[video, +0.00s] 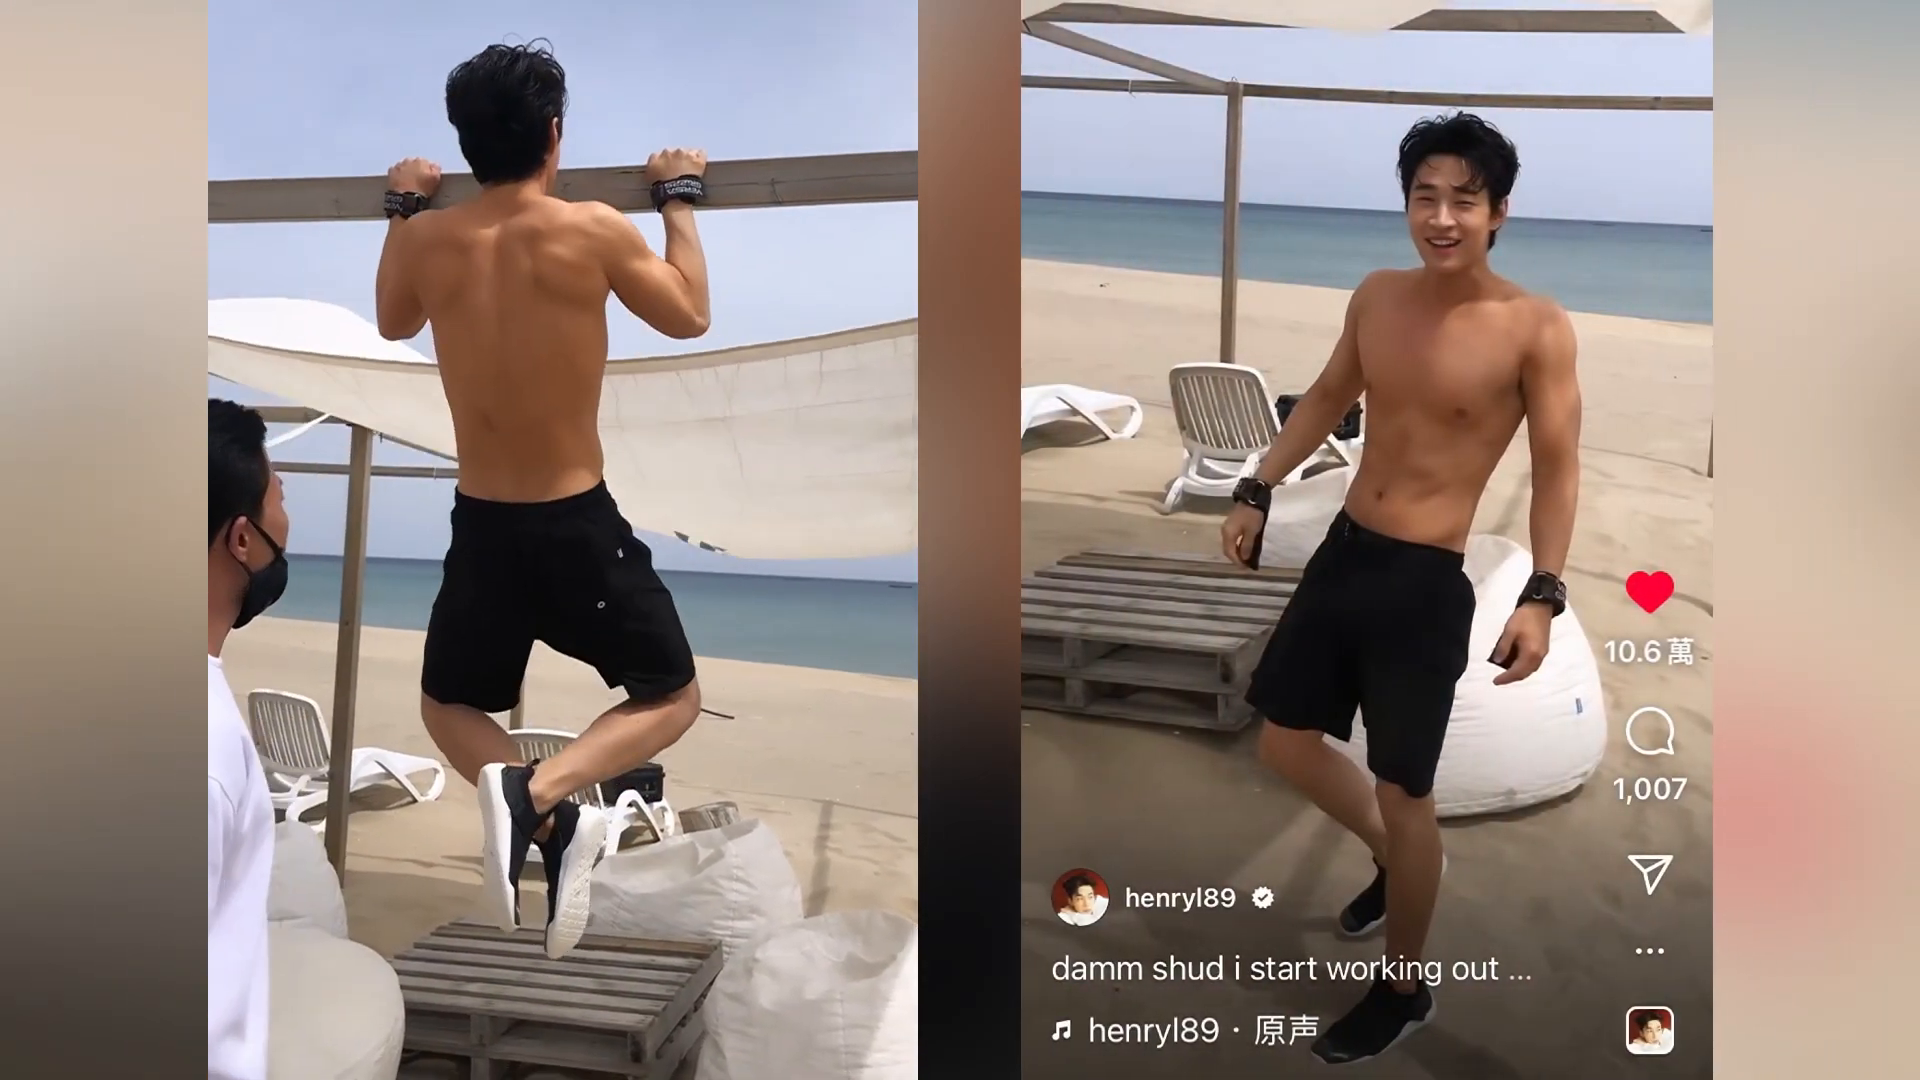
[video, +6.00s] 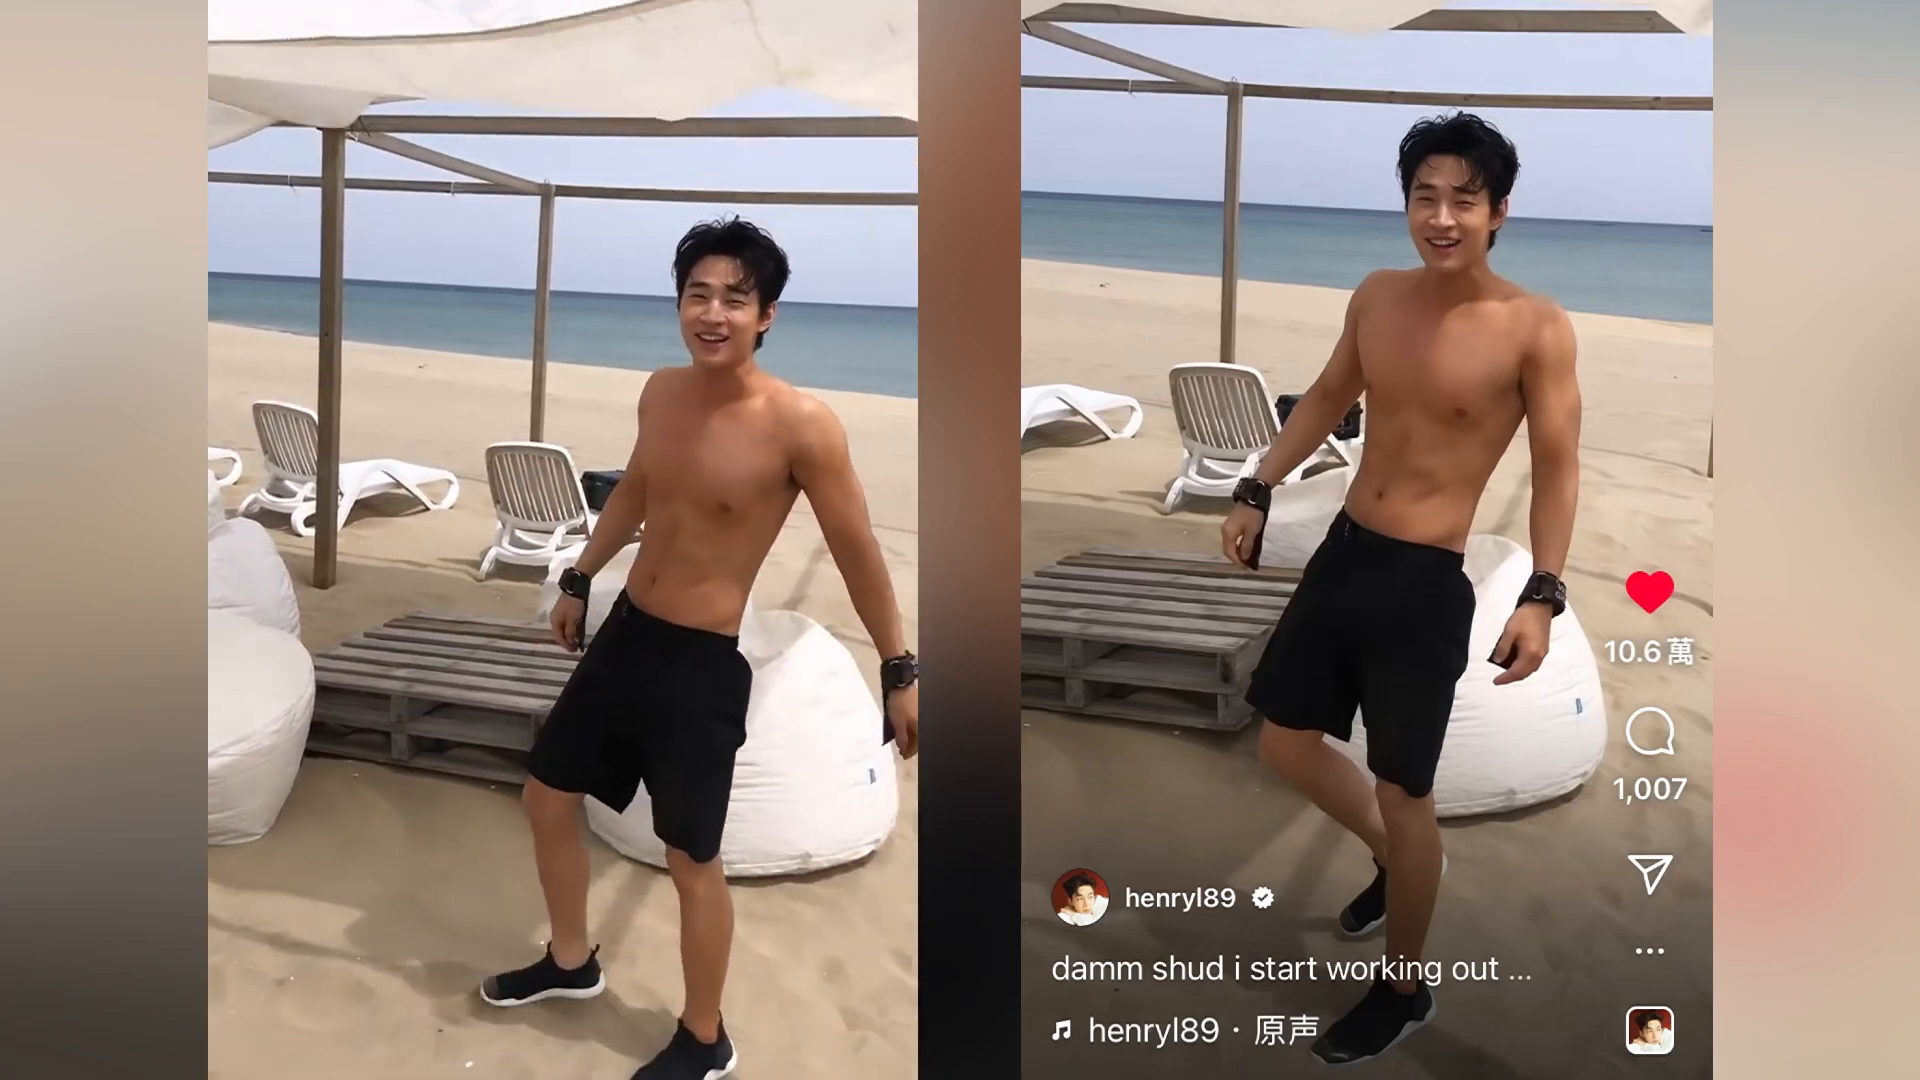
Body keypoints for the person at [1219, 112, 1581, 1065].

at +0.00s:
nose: (1440, 216)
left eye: (1462, 198)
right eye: (1424, 197)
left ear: (1498, 210)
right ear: (1406, 208)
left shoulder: (1534, 328)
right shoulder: (1378, 297)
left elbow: (1556, 468)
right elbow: (1329, 398)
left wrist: (1540, 595)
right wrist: (1256, 484)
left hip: (1427, 579)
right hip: (1345, 554)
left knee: (1402, 799)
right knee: (1284, 742)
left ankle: (1402, 981)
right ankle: (1398, 847)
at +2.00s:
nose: (1440, 216)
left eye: (1462, 198)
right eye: (1424, 197)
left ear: (1498, 210)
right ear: (1406, 208)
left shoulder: (1535, 328)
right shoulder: (1378, 297)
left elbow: (1556, 468)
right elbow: (1330, 398)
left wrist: (1540, 595)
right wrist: (1256, 484)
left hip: (1426, 579)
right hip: (1345, 553)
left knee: (1402, 800)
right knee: (1284, 742)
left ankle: (1402, 981)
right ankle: (1398, 848)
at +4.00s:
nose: (1440, 216)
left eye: (1462, 198)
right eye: (1424, 197)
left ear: (1498, 210)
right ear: (1406, 208)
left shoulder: (1535, 328)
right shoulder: (1378, 296)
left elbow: (1556, 468)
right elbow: (1330, 398)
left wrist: (1540, 595)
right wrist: (1255, 484)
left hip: (1426, 579)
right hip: (1345, 553)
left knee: (1402, 799)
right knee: (1284, 742)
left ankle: (1403, 981)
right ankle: (1398, 847)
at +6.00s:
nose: (1440, 216)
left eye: (1462, 198)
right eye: (1424, 197)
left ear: (1498, 210)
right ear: (1406, 208)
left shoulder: (1535, 328)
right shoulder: (1378, 296)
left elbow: (1556, 468)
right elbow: (1330, 398)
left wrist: (1540, 595)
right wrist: (1255, 484)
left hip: (1426, 579)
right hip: (1345, 553)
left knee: (1402, 799)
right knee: (1284, 742)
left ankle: (1403, 981)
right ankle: (1398, 847)